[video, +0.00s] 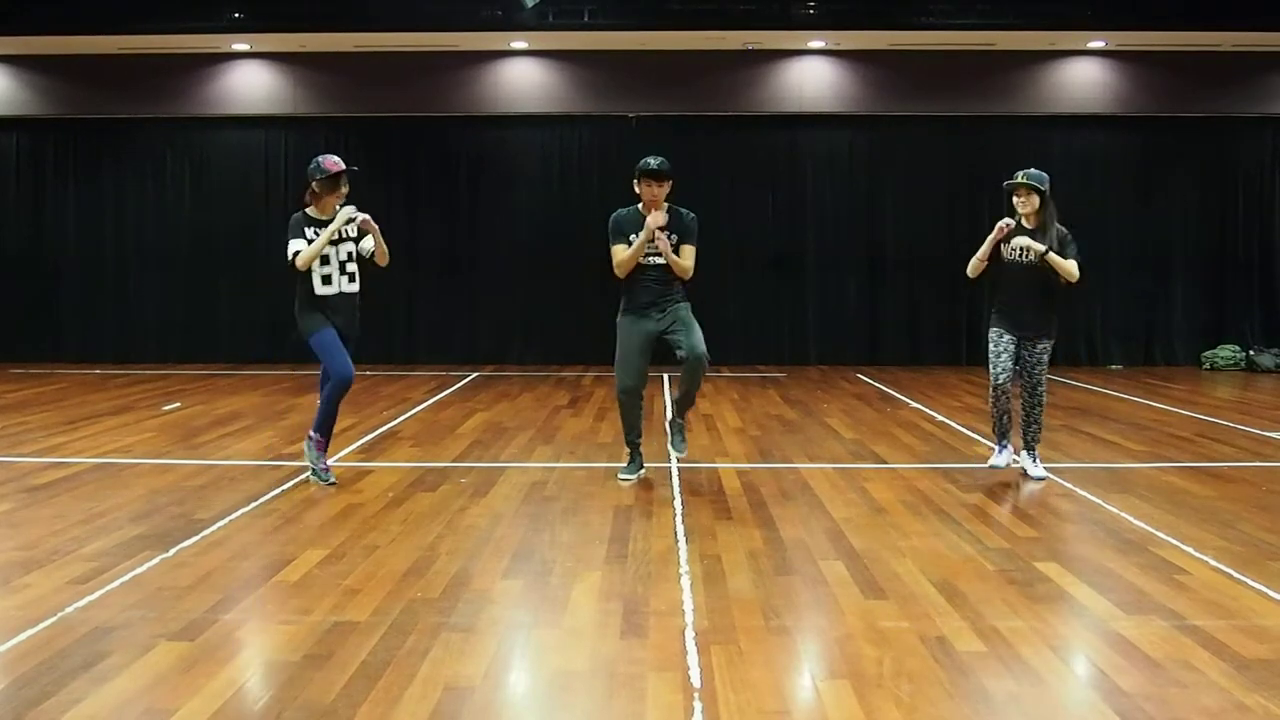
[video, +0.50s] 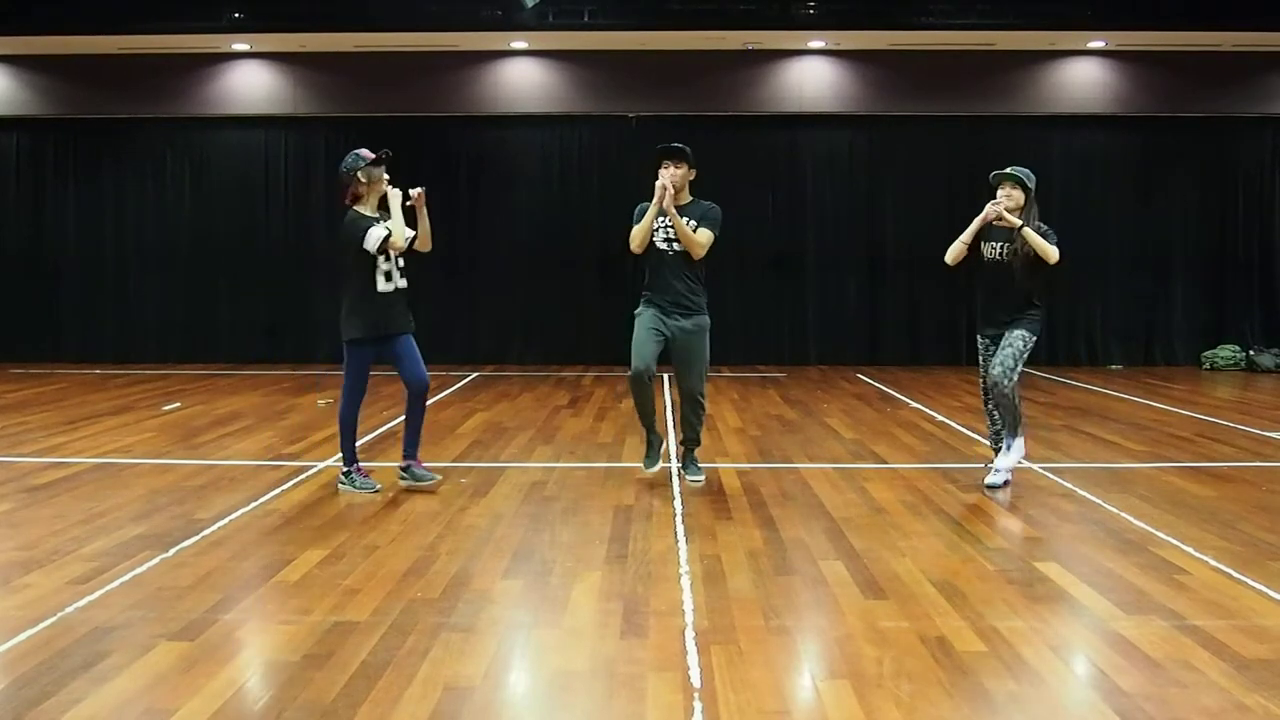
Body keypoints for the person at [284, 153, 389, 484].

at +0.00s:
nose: (341, 190)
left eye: (342, 183)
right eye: (333, 185)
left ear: (347, 184)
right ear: (315, 188)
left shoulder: (353, 219)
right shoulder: (301, 221)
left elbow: (381, 260)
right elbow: (301, 262)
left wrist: (374, 232)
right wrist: (332, 230)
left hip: (347, 313)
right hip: (314, 311)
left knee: (331, 383)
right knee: (343, 374)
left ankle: (319, 455)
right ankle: (316, 439)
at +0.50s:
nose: (386, 173)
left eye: (383, 168)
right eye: (378, 169)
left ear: (372, 179)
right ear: (361, 179)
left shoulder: (388, 216)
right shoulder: (355, 221)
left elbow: (424, 245)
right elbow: (397, 243)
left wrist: (421, 210)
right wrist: (394, 205)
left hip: (394, 318)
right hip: (359, 321)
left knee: (419, 383)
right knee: (354, 394)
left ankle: (410, 463)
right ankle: (349, 469)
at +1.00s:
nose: (435, 175)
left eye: (435, 170)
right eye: (426, 174)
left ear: (440, 180)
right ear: (410, 187)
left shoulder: (456, 216)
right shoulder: (408, 224)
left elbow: (494, 233)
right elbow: (436, 239)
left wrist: (480, 193)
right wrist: (444, 199)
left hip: (460, 317)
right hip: (433, 320)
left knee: (439, 397)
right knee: (459, 394)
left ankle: (421, 473)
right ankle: (458, 479)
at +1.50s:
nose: (515, 180)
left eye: (513, 173)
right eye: (508, 175)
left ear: (495, 182)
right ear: (489, 182)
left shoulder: (503, 220)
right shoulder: (486, 222)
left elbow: (541, 255)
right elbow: (539, 250)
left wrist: (545, 215)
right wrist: (534, 208)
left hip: (531, 321)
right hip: (508, 323)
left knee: (546, 395)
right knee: (505, 403)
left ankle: (533, 477)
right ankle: (465, 476)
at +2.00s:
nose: (590, 177)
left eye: (588, 172)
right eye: (582, 174)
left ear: (588, 177)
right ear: (563, 183)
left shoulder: (594, 217)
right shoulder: (554, 223)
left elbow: (627, 255)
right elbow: (588, 251)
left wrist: (628, 215)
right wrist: (597, 207)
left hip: (602, 319)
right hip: (581, 321)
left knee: (589, 402)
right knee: (602, 399)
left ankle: (544, 470)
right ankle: (600, 484)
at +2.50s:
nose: (654, 184)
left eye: (657, 178)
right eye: (645, 179)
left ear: (662, 181)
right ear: (628, 185)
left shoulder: (670, 218)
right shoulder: (617, 222)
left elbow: (693, 264)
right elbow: (641, 253)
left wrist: (695, 220)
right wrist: (660, 211)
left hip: (679, 321)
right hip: (644, 324)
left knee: (683, 405)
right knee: (654, 404)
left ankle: (681, 479)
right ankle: (615, 475)